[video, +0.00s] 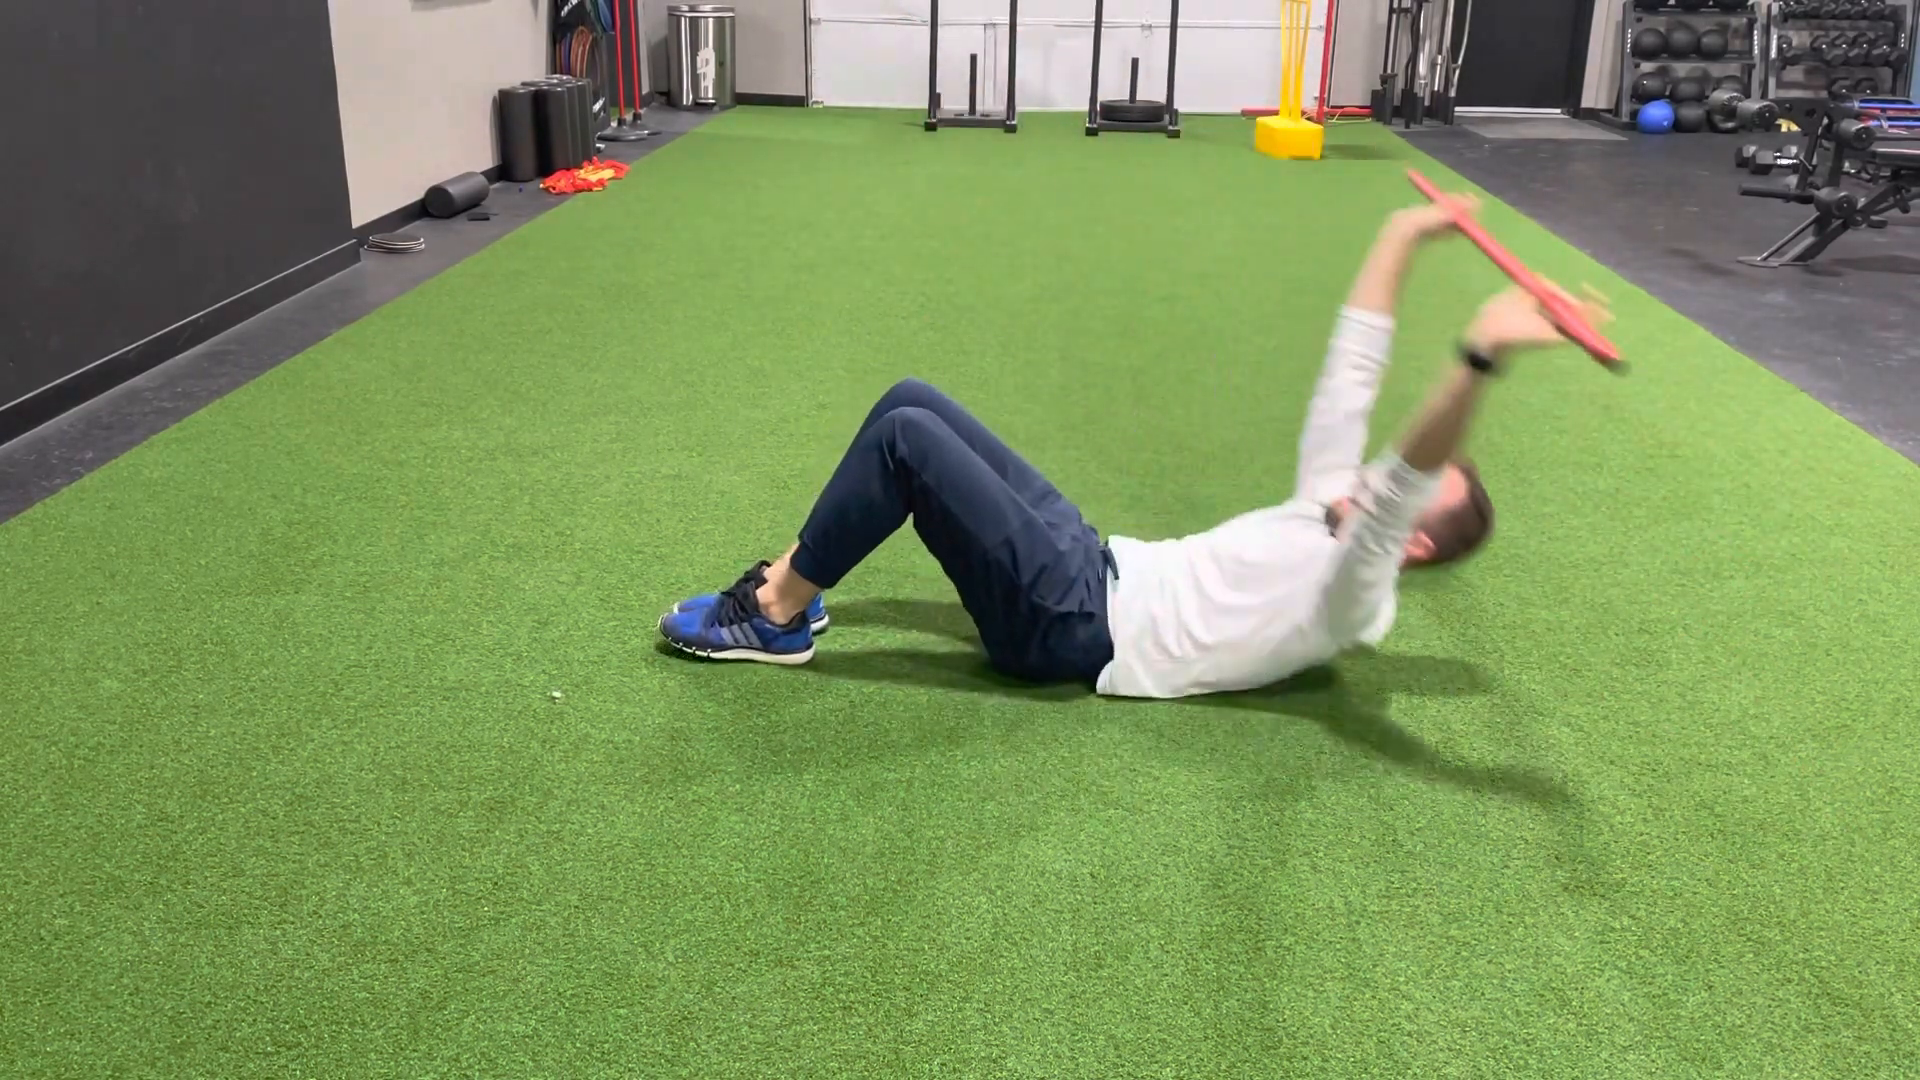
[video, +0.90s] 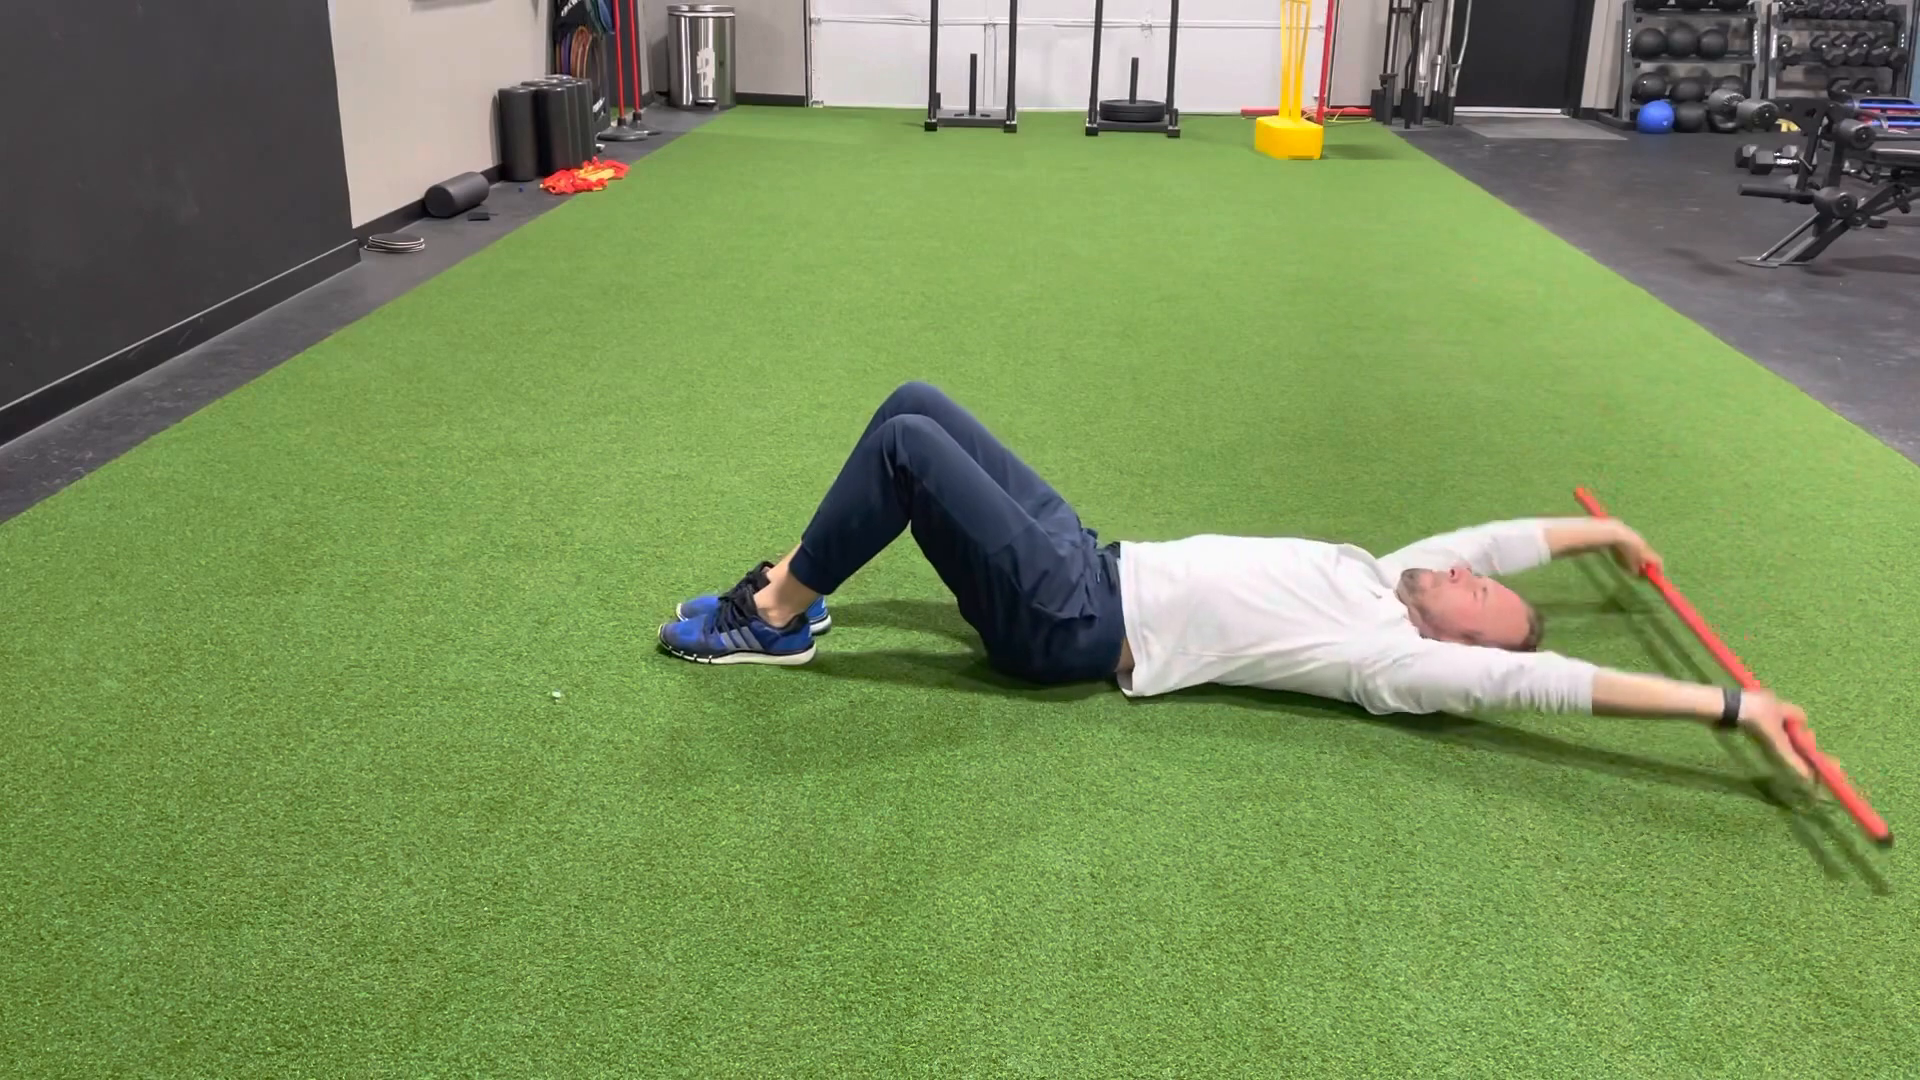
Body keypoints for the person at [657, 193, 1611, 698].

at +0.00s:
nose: (1413, 473)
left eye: (1434, 489)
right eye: (1424, 471)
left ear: (1432, 539)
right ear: (1395, 483)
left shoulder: (1353, 592)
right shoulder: (1325, 518)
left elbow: (1412, 469)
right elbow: (1353, 372)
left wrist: (1480, 354)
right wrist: (1400, 232)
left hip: (1084, 621)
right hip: (1092, 561)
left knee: (907, 435)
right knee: (909, 399)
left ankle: (776, 609)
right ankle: (789, 584)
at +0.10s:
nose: (1428, 522)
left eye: (1453, 537)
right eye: (1440, 514)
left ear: (1456, 580)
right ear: (1422, 517)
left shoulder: (1384, 616)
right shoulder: (1356, 541)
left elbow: (1508, 536)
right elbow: (1420, 419)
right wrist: (1512, 303)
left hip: (1087, 617)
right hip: (1104, 566)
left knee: (911, 423)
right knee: (919, 407)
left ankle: (787, 606)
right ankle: (798, 581)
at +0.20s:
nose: (1461, 541)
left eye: (1480, 559)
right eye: (1472, 537)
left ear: (1484, 603)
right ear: (1449, 546)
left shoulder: (1407, 635)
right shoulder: (1380, 554)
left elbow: (1562, 583)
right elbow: (1466, 463)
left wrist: (1717, 534)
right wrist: (1578, 395)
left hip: (1094, 621)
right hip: (1108, 571)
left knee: (915, 432)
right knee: (922, 409)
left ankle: (783, 607)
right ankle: (794, 587)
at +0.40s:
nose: (1473, 564)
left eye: (1488, 584)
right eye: (1486, 565)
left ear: (1482, 629)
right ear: (1470, 577)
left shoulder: (1406, 656)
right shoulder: (1395, 578)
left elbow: (1571, 667)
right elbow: (1486, 526)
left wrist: (1737, 674)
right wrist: (1599, 505)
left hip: (1088, 619)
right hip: (1105, 567)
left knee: (909, 429)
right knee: (917, 404)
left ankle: (780, 609)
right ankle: (792, 585)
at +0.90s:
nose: (1464, 574)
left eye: (1479, 593)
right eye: (1478, 574)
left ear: (1473, 641)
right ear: (1459, 577)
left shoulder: (1398, 662)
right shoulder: (1387, 583)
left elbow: (1559, 689)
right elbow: (1483, 540)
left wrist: (1728, 702)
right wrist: (1595, 527)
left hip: (1083, 625)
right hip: (1099, 562)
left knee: (904, 433)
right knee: (914, 401)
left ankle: (782, 611)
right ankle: (797, 581)